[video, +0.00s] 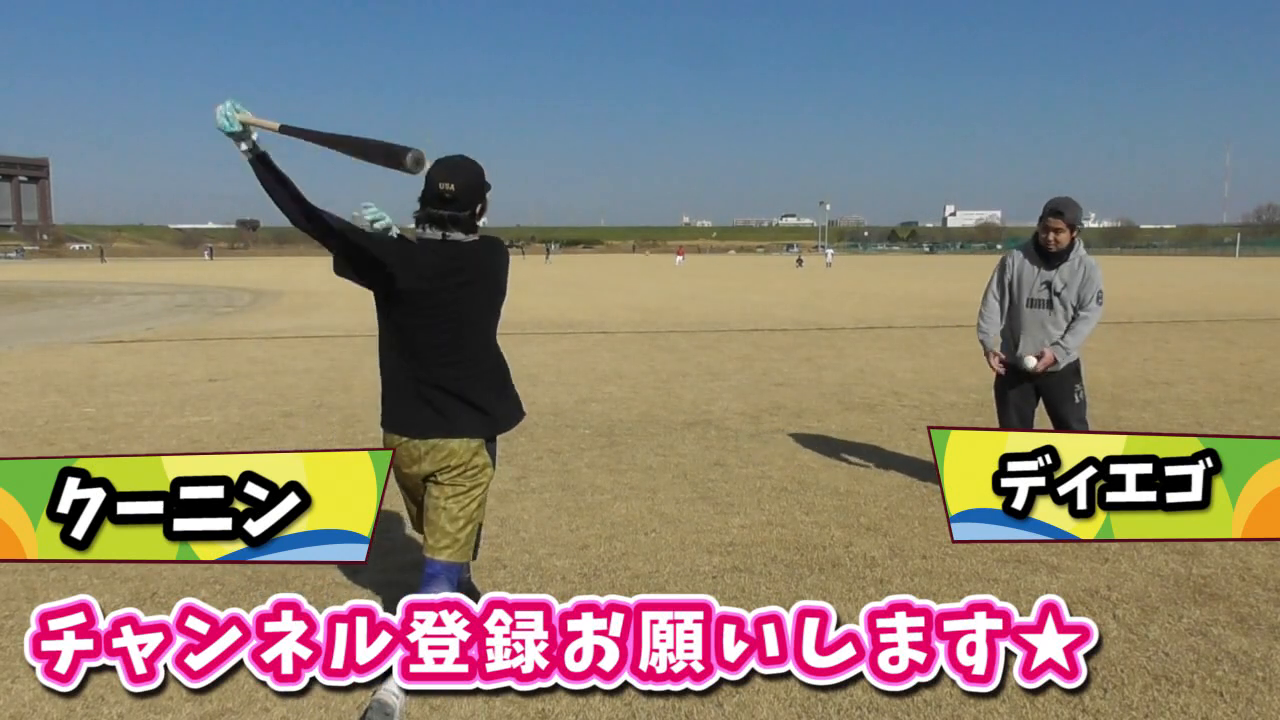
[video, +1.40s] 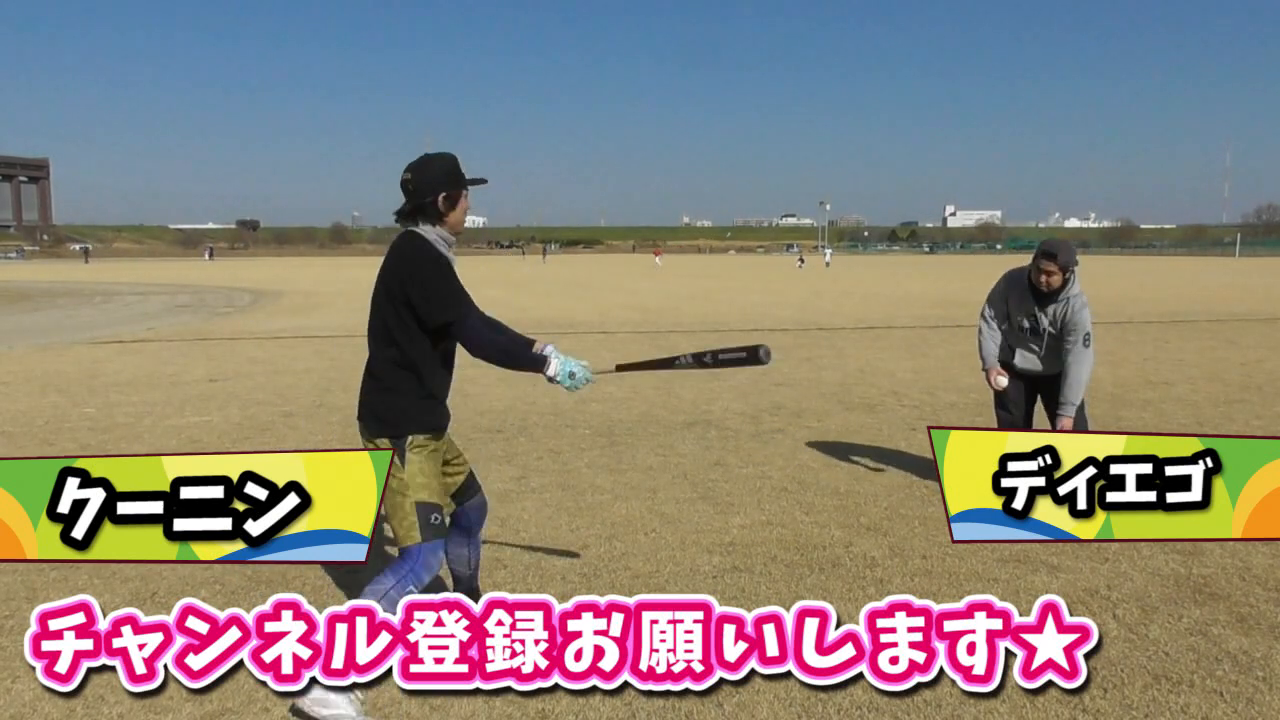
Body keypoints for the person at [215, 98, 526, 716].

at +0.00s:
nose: (485, 207)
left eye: (476, 198)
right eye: (484, 200)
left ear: (424, 203)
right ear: (478, 208)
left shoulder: (390, 254)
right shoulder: (493, 256)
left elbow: (305, 215)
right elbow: (444, 257)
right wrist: (394, 236)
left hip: (402, 435)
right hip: (464, 439)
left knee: (442, 549)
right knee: (444, 570)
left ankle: (479, 636)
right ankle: (393, 693)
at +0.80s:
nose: (497, 213)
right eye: (496, 206)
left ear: (442, 202)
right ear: (492, 213)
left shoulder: (401, 250)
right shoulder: (508, 273)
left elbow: (334, 243)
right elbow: (512, 328)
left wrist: (274, 215)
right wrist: (466, 290)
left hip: (401, 423)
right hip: (463, 432)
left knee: (436, 543)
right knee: (438, 564)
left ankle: (470, 621)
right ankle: (394, 690)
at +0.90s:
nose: (503, 214)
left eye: (497, 204)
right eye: (501, 207)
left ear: (447, 202)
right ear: (494, 214)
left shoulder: (403, 250)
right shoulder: (511, 275)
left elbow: (347, 270)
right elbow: (516, 334)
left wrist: (286, 269)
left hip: (401, 422)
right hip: (463, 430)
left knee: (437, 540)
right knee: (437, 562)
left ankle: (467, 615)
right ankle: (395, 686)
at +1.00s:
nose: (506, 215)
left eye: (505, 207)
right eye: (504, 208)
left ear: (450, 205)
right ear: (492, 213)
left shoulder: (405, 251)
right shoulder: (510, 273)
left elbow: (358, 295)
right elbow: (519, 330)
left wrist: (312, 324)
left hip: (398, 420)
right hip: (457, 430)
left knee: (444, 523)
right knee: (437, 560)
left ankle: (467, 615)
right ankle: (395, 682)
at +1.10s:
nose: (505, 209)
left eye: (503, 201)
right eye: (503, 203)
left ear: (450, 201)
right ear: (492, 209)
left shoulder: (409, 250)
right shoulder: (502, 269)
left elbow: (383, 316)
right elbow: (507, 336)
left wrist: (360, 372)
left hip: (395, 411)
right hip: (450, 419)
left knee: (443, 510)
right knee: (434, 553)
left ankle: (460, 592)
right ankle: (392, 678)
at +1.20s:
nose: (497, 205)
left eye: (494, 197)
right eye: (494, 198)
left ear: (443, 199)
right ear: (482, 204)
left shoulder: (409, 248)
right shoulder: (482, 260)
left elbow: (399, 324)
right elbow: (488, 343)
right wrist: (502, 409)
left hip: (388, 400)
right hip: (435, 408)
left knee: (453, 490)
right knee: (432, 548)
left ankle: (458, 580)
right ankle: (378, 670)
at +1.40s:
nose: (469, 203)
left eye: (467, 194)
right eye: (465, 196)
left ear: (427, 201)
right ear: (446, 202)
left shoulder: (425, 250)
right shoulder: (419, 257)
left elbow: (473, 322)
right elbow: (471, 329)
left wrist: (538, 350)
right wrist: (544, 360)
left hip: (422, 422)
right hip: (400, 426)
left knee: (470, 508)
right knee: (424, 556)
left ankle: (464, 620)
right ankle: (326, 679)